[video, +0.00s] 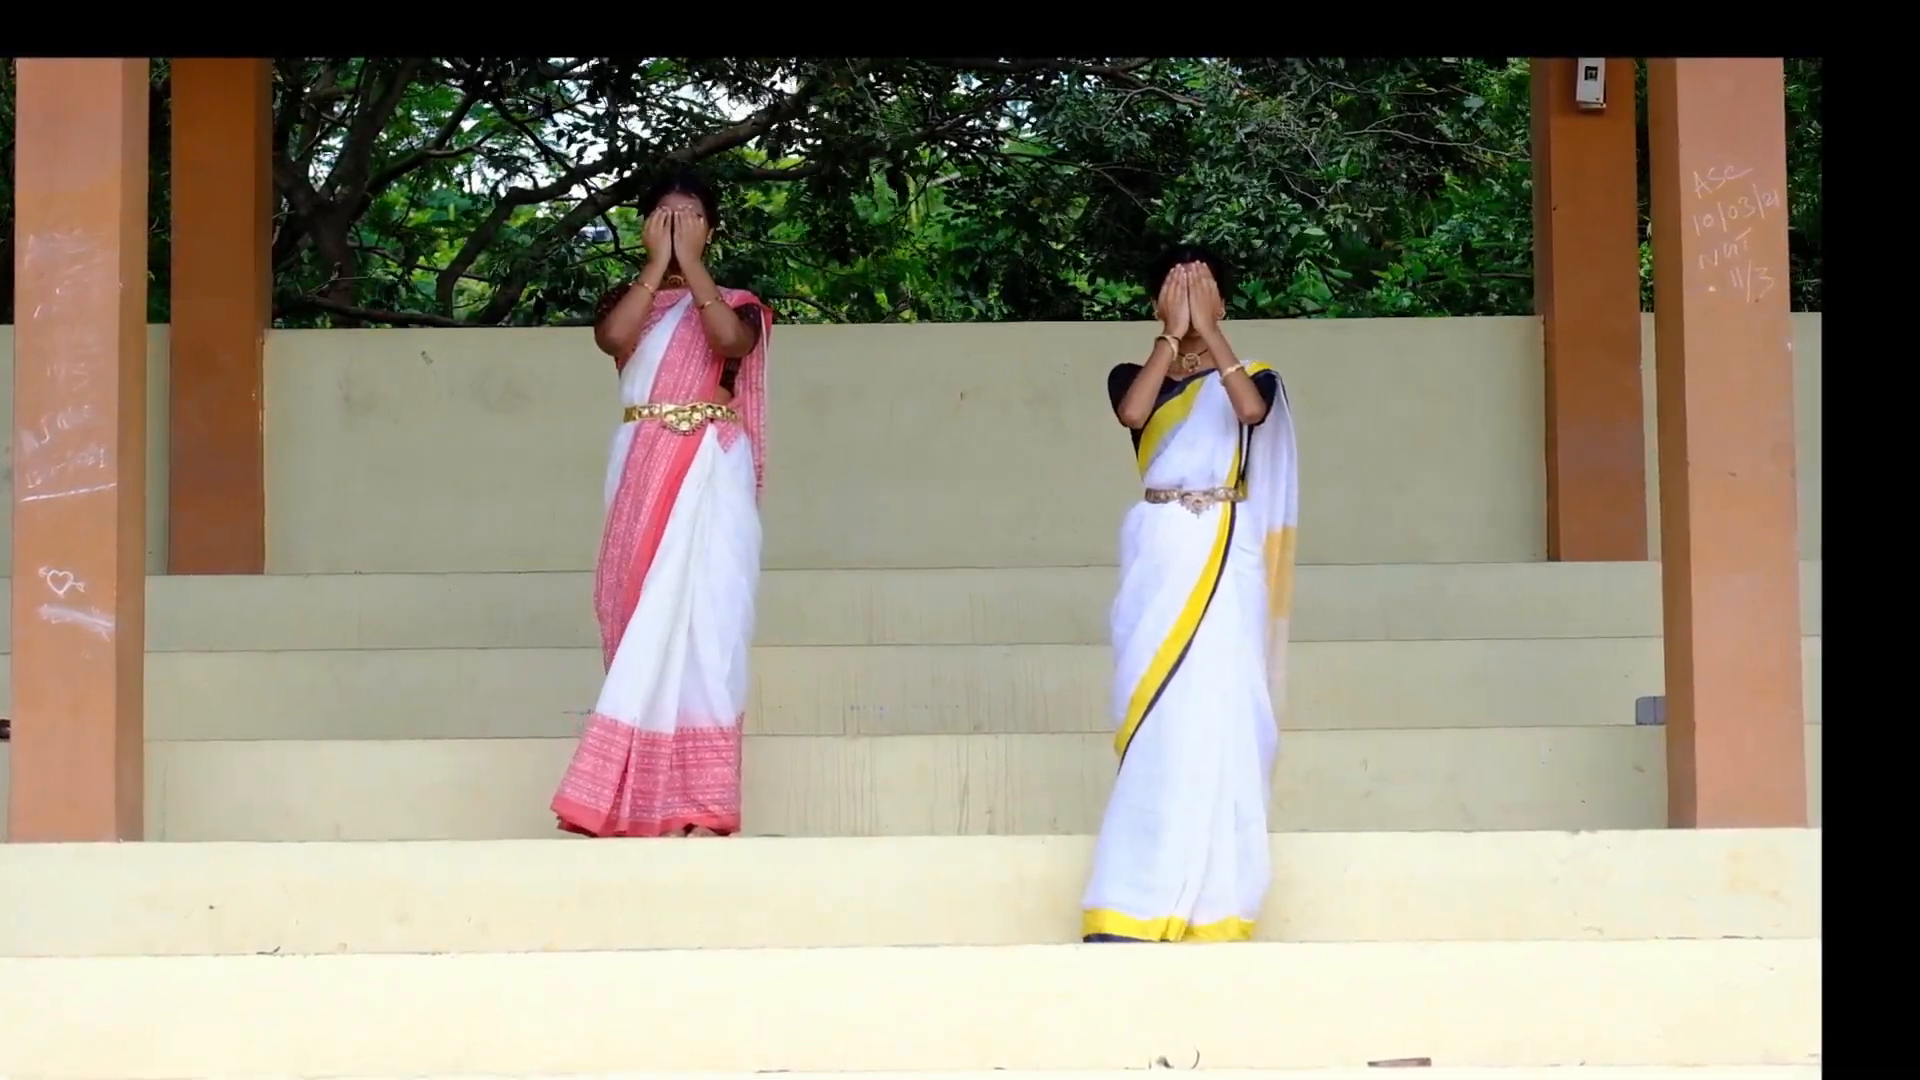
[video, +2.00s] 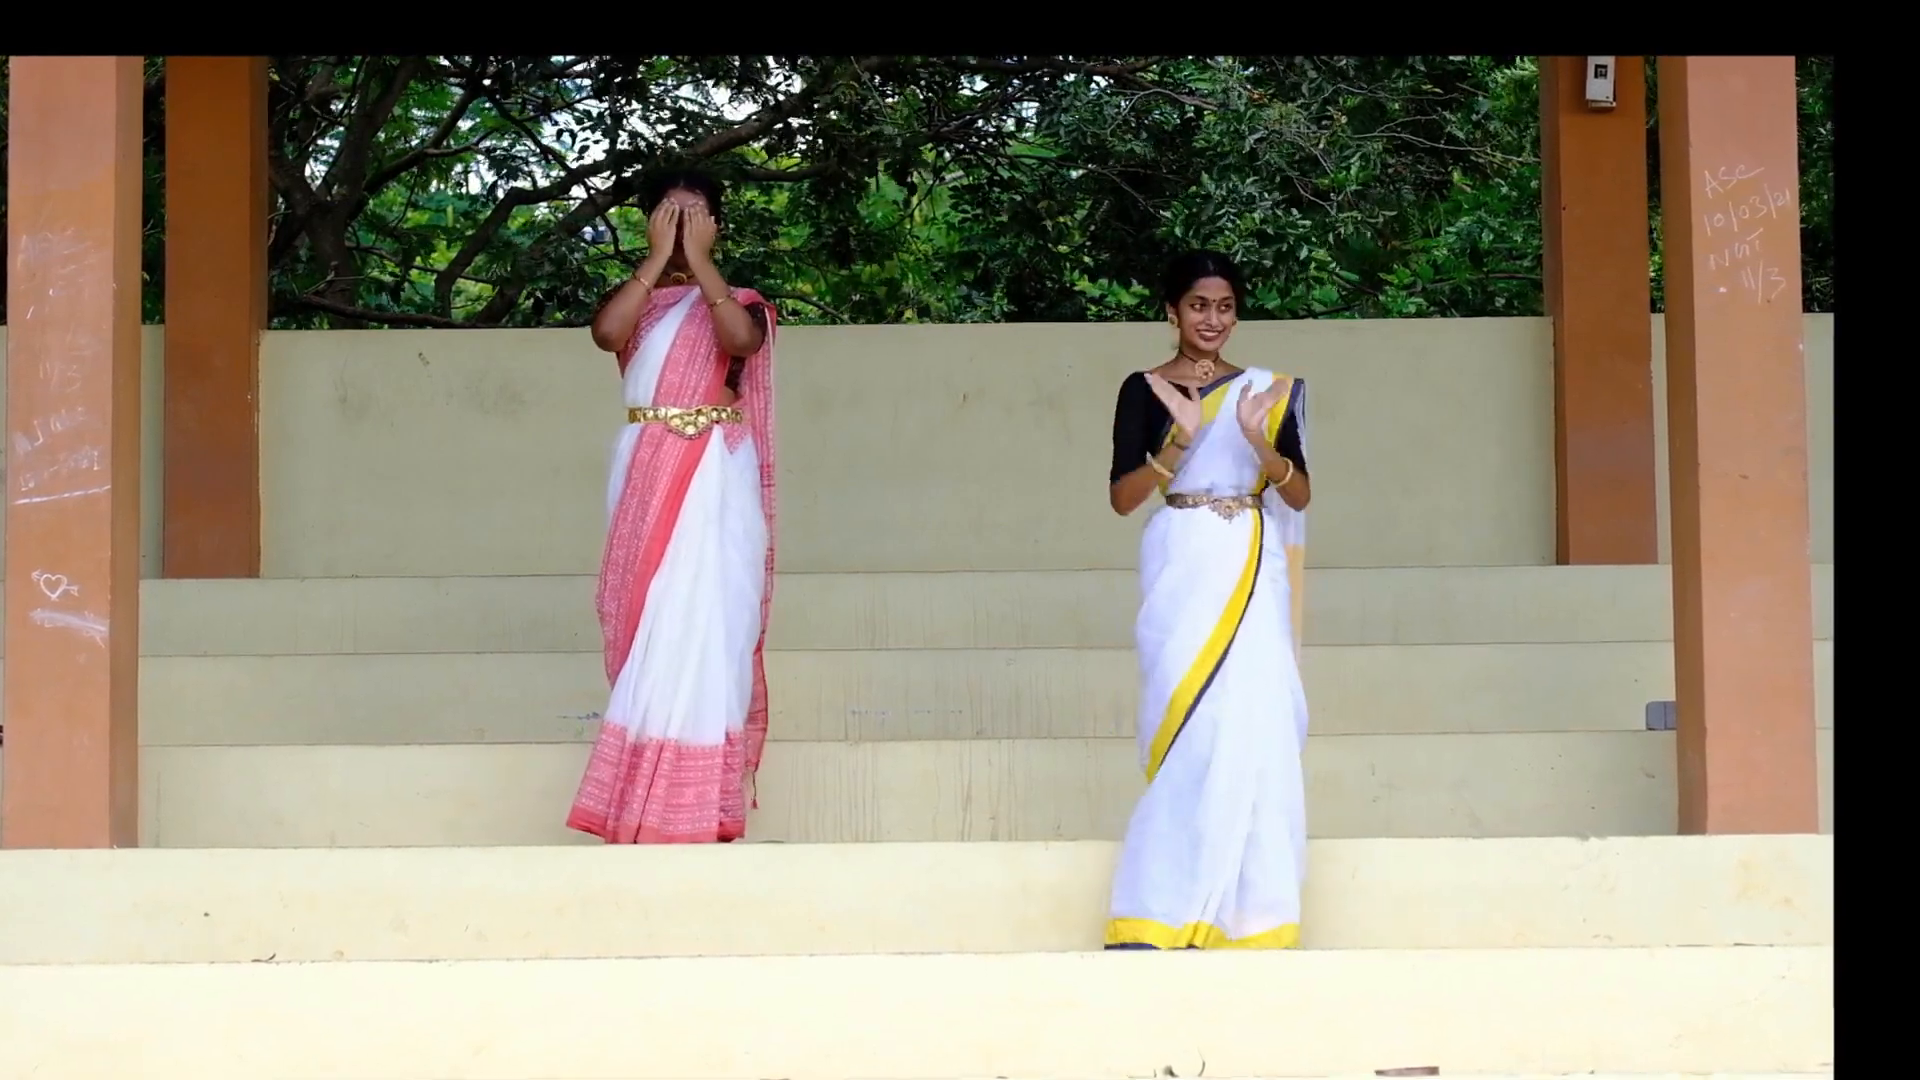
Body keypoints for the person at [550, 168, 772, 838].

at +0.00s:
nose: (674, 227)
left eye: (689, 216)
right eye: (664, 214)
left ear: (712, 227)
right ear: (644, 225)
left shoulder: (738, 305)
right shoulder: (628, 302)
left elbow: (732, 340)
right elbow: (615, 338)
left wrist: (693, 263)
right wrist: (658, 262)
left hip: (713, 478)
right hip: (643, 478)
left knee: (706, 628)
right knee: (639, 625)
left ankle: (703, 804)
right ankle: (635, 800)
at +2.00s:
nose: (681, 226)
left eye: (695, 214)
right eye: (670, 213)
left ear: (717, 226)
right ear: (651, 225)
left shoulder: (740, 301)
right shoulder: (638, 301)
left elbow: (742, 339)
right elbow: (608, 332)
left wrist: (701, 261)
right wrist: (658, 256)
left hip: (714, 476)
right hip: (646, 474)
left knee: (703, 627)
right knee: (650, 626)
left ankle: (693, 803)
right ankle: (644, 799)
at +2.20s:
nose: (704, 231)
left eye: (714, 220)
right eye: (690, 219)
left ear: (727, 229)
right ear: (664, 227)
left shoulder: (747, 307)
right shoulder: (631, 304)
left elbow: (766, 377)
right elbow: (590, 385)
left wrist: (702, 337)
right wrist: (636, 337)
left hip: (727, 482)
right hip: (655, 481)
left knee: (717, 629)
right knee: (658, 628)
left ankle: (703, 809)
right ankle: (652, 804)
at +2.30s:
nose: (720, 237)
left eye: (729, 226)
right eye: (705, 224)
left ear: (736, 235)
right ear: (674, 233)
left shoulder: (755, 313)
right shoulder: (633, 315)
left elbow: (767, 395)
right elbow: (609, 399)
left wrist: (720, 414)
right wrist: (604, 427)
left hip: (733, 490)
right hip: (659, 489)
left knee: (717, 631)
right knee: (661, 631)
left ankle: (706, 812)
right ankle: (659, 806)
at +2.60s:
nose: (748, 241)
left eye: (754, 229)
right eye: (734, 228)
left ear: (758, 235)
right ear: (698, 235)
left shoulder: (768, 315)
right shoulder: (651, 310)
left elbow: (768, 386)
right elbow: (583, 383)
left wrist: (693, 391)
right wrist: (505, 434)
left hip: (747, 479)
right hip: (674, 477)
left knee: (783, 585)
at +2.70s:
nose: (753, 245)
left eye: (758, 234)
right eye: (739, 232)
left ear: (761, 242)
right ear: (700, 239)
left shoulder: (771, 319)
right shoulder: (653, 315)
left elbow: (781, 398)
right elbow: (582, 386)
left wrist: (712, 406)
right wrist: (503, 420)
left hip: (748, 472)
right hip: (674, 475)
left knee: (764, 581)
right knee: (705, 612)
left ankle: (856, 698)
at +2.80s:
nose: (752, 249)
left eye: (759, 238)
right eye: (738, 237)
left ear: (766, 247)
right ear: (702, 246)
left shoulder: (777, 328)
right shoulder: (659, 319)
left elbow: (799, 419)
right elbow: (599, 395)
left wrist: (761, 441)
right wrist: (528, 453)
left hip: (749, 479)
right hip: (675, 476)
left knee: (769, 596)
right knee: (702, 621)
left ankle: (843, 727)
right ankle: (711, 779)